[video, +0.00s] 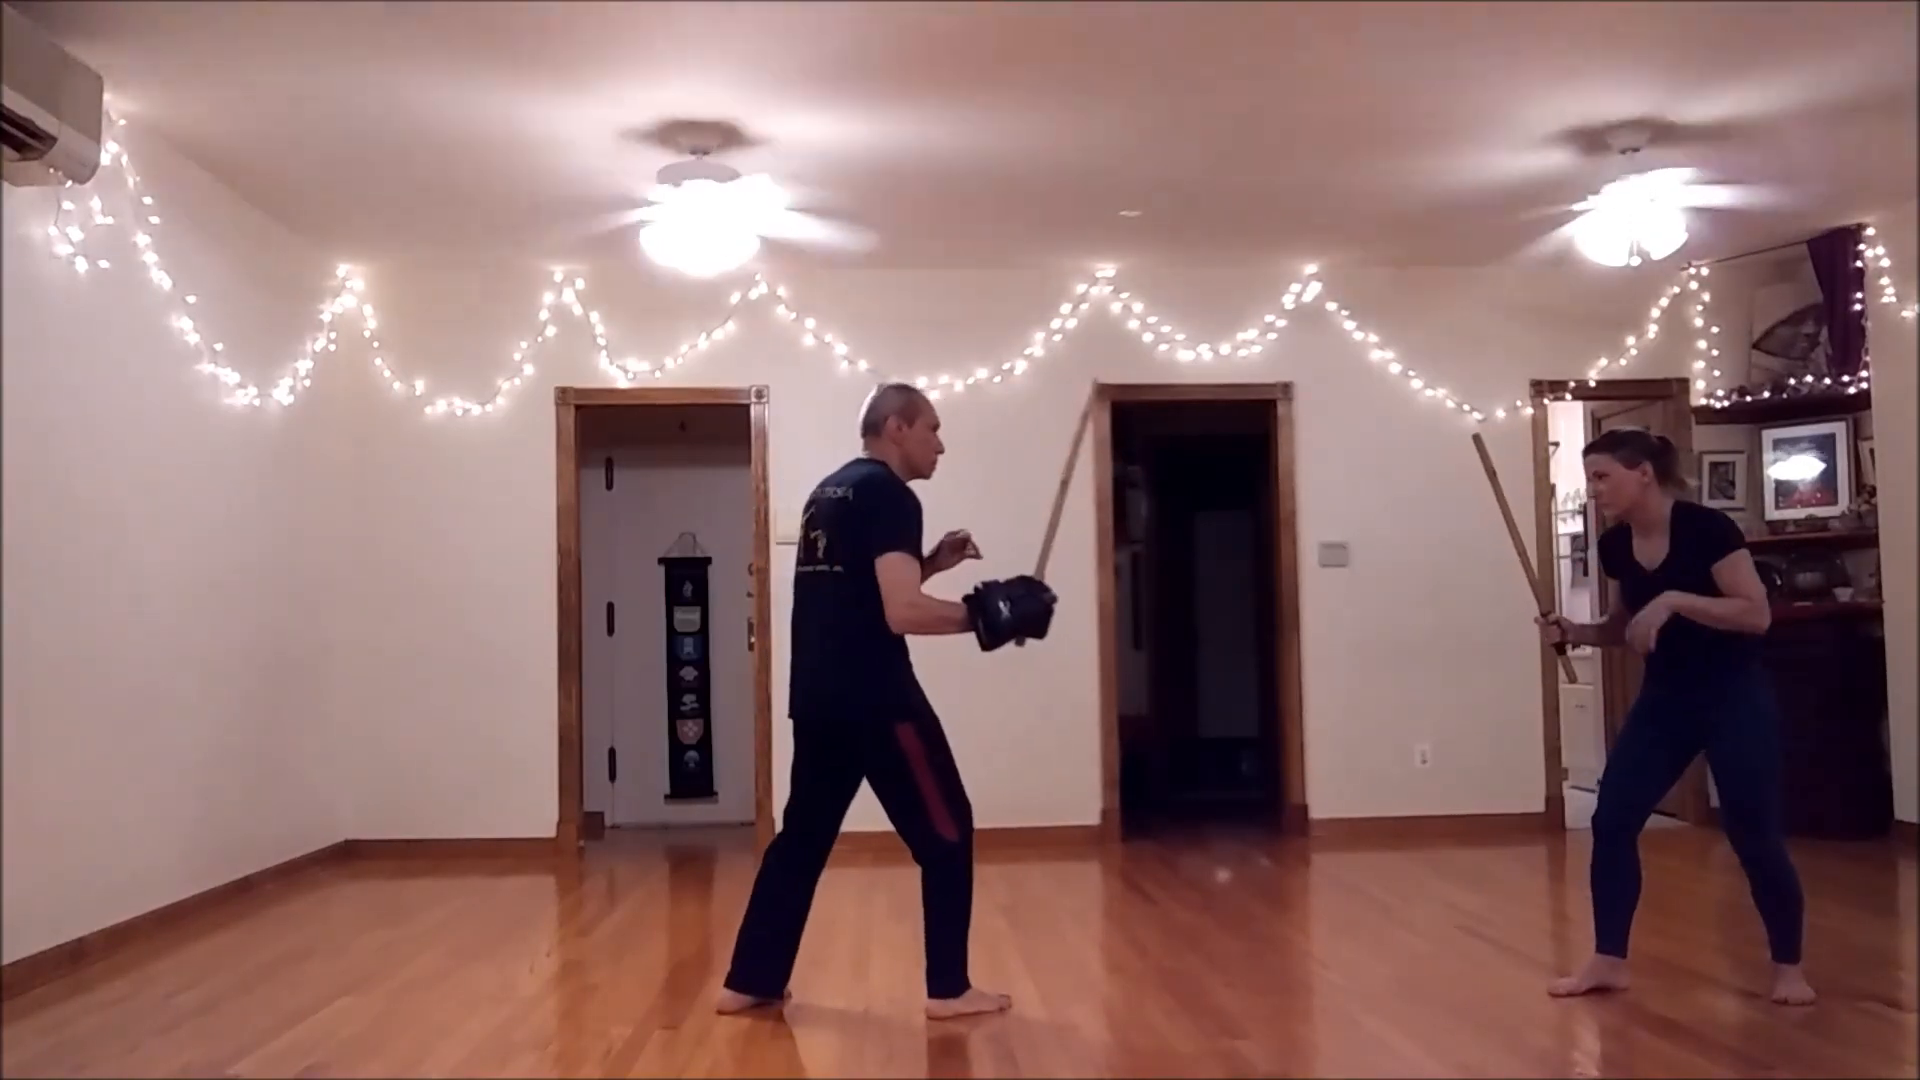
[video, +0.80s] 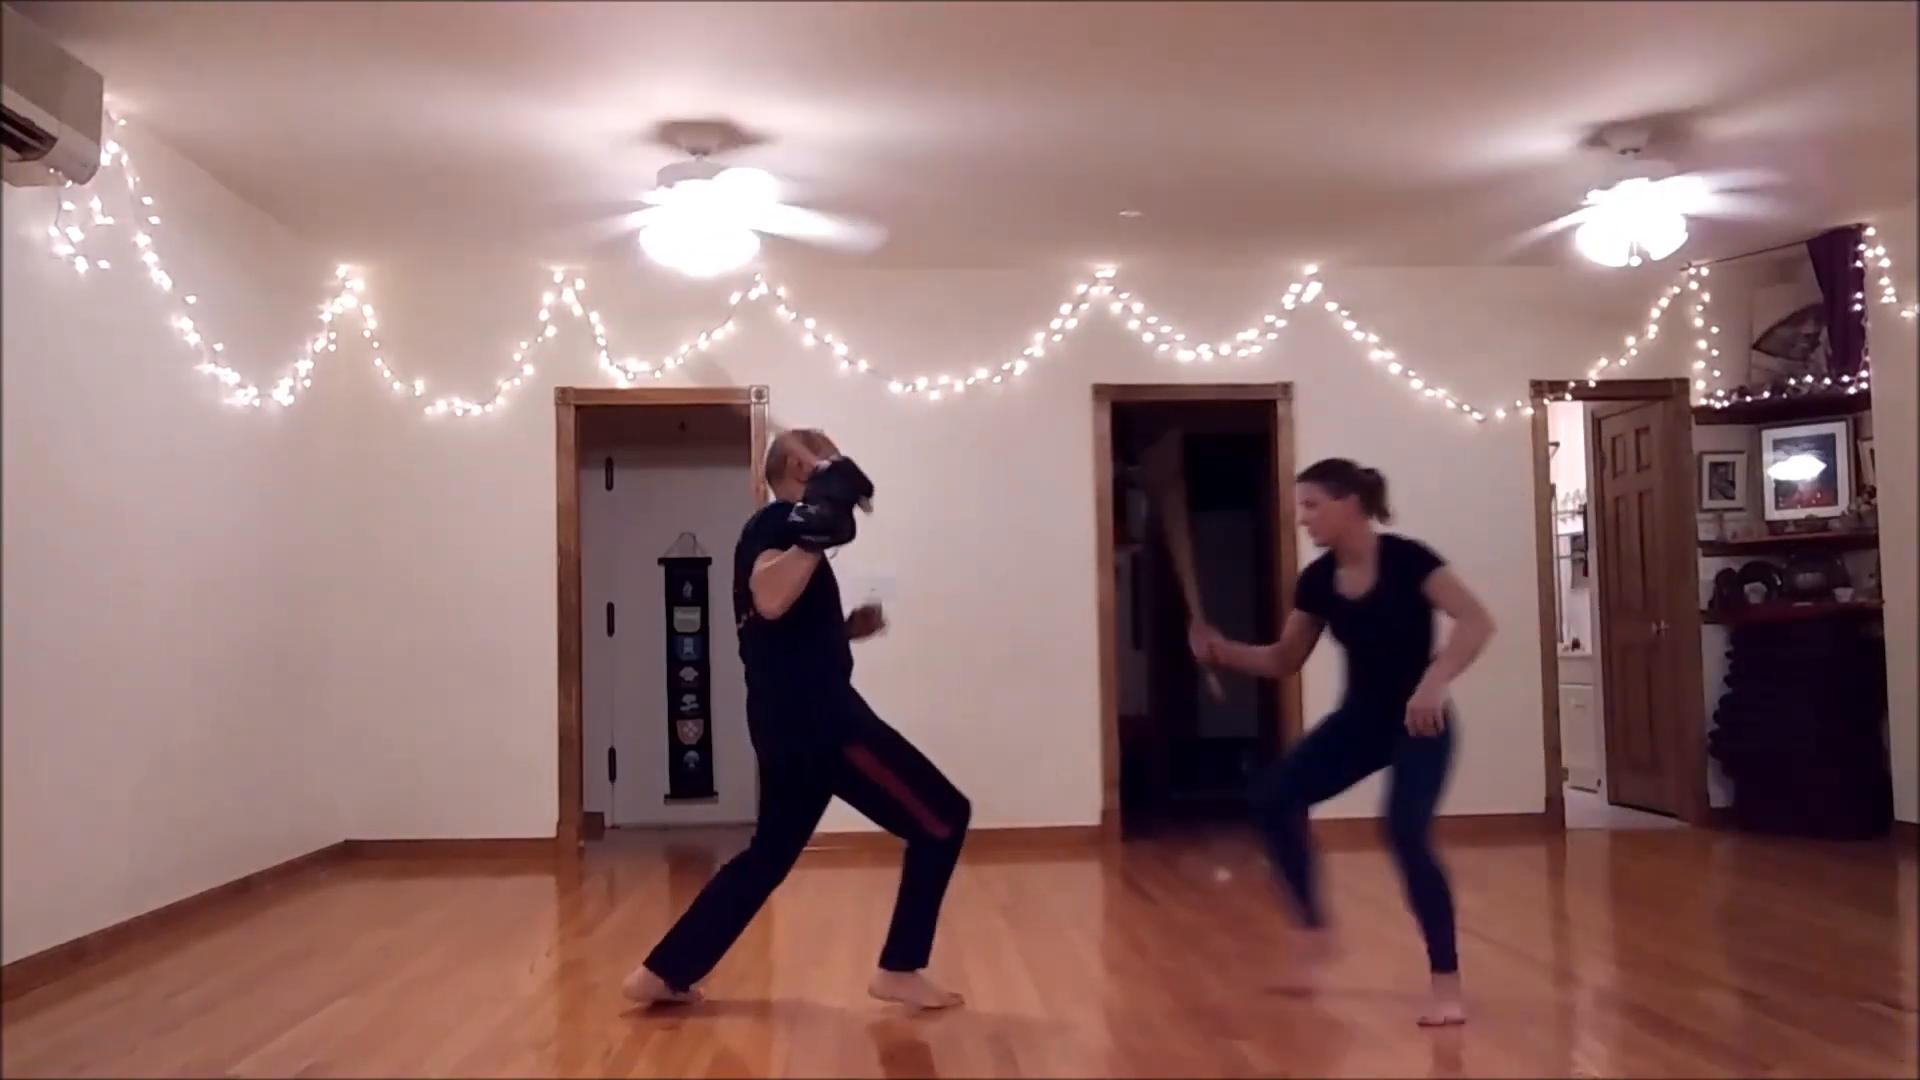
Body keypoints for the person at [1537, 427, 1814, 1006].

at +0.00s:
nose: (1593, 491)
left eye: (1601, 477)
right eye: (1589, 480)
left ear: (1641, 474)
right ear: (1628, 480)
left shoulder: (1708, 528)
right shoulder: (1615, 546)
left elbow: (1756, 613)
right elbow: (1629, 625)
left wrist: (1673, 601)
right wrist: (1575, 632)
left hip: (1734, 700)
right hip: (1666, 701)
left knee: (1754, 833)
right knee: (1612, 822)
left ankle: (1789, 968)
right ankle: (1609, 960)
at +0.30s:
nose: (1567, 505)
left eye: (1575, 492)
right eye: (1563, 495)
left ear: (1616, 489)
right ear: (1608, 495)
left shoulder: (1684, 548)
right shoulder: (1582, 563)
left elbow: (1745, 627)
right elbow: (1579, 647)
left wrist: (1666, 644)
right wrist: (1528, 642)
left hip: (1699, 717)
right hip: (1627, 718)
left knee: (1736, 843)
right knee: (1547, 818)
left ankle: (1788, 960)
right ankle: (1569, 956)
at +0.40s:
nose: (1531, 519)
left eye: (1540, 505)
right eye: (1529, 508)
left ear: (1582, 503)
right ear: (1566, 509)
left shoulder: (1650, 563)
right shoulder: (1544, 580)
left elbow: (1682, 650)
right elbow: (1521, 665)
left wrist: (1595, 634)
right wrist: (1469, 647)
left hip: (1664, 739)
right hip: (1593, 741)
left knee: (1723, 855)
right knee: (1499, 825)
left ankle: (1790, 960)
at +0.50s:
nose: (1464, 515)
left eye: (1473, 502)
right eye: (1459, 506)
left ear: (1510, 501)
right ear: (1468, 515)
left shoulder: (1567, 558)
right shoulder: (1470, 583)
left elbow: (1613, 634)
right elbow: (1431, 665)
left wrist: (1524, 612)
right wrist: (1369, 645)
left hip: (1600, 736)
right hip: (1528, 741)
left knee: (1686, 840)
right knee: (1437, 828)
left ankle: (1781, 950)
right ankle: (1393, 963)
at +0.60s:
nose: (1382, 515)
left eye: (1393, 502)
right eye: (1380, 504)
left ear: (1432, 504)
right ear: (1397, 515)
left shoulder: (1490, 555)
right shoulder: (1390, 585)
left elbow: (1557, 625)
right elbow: (1324, 652)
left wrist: (1482, 637)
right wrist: (1253, 653)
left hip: (1535, 725)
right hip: (1466, 734)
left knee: (1600, 843)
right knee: (1397, 830)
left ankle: (1695, 936)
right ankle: (1396, 974)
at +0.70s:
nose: (1334, 512)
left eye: (1343, 499)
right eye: (1332, 501)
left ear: (1384, 498)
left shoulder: (1443, 552)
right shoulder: (1344, 576)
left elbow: (1517, 621)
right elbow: (1288, 652)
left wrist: (1454, 665)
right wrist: (1221, 669)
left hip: (1477, 710)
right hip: (1413, 714)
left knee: (1494, 827)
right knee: (1358, 822)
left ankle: (1522, 945)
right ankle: (1389, 965)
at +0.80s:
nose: (1303, 519)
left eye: (1311, 506)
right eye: (1300, 508)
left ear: (1351, 504)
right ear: (1335, 511)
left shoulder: (1407, 560)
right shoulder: (1319, 580)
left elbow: (1476, 622)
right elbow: (1282, 661)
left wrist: (1434, 683)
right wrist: (1221, 651)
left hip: (1419, 720)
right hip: (1362, 722)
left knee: (1405, 829)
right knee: (1275, 796)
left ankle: (1445, 977)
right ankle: (1314, 932)